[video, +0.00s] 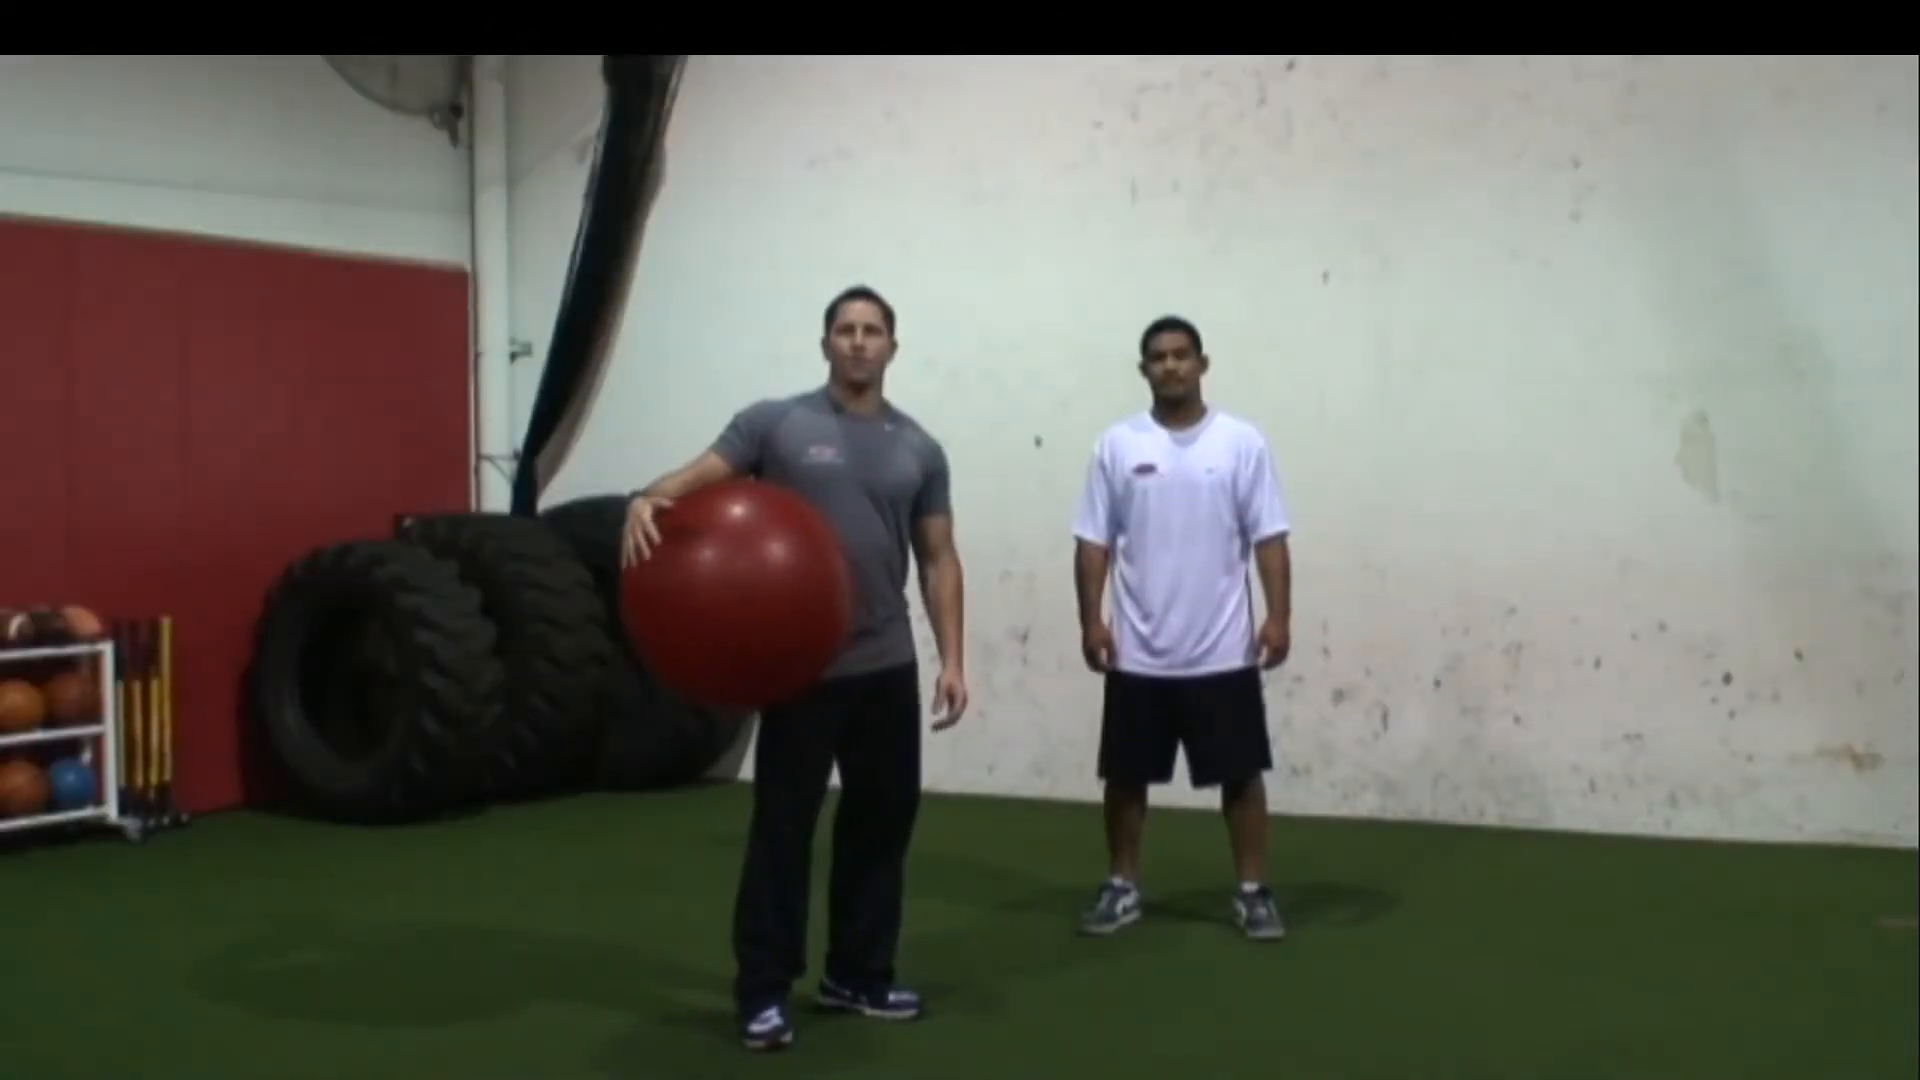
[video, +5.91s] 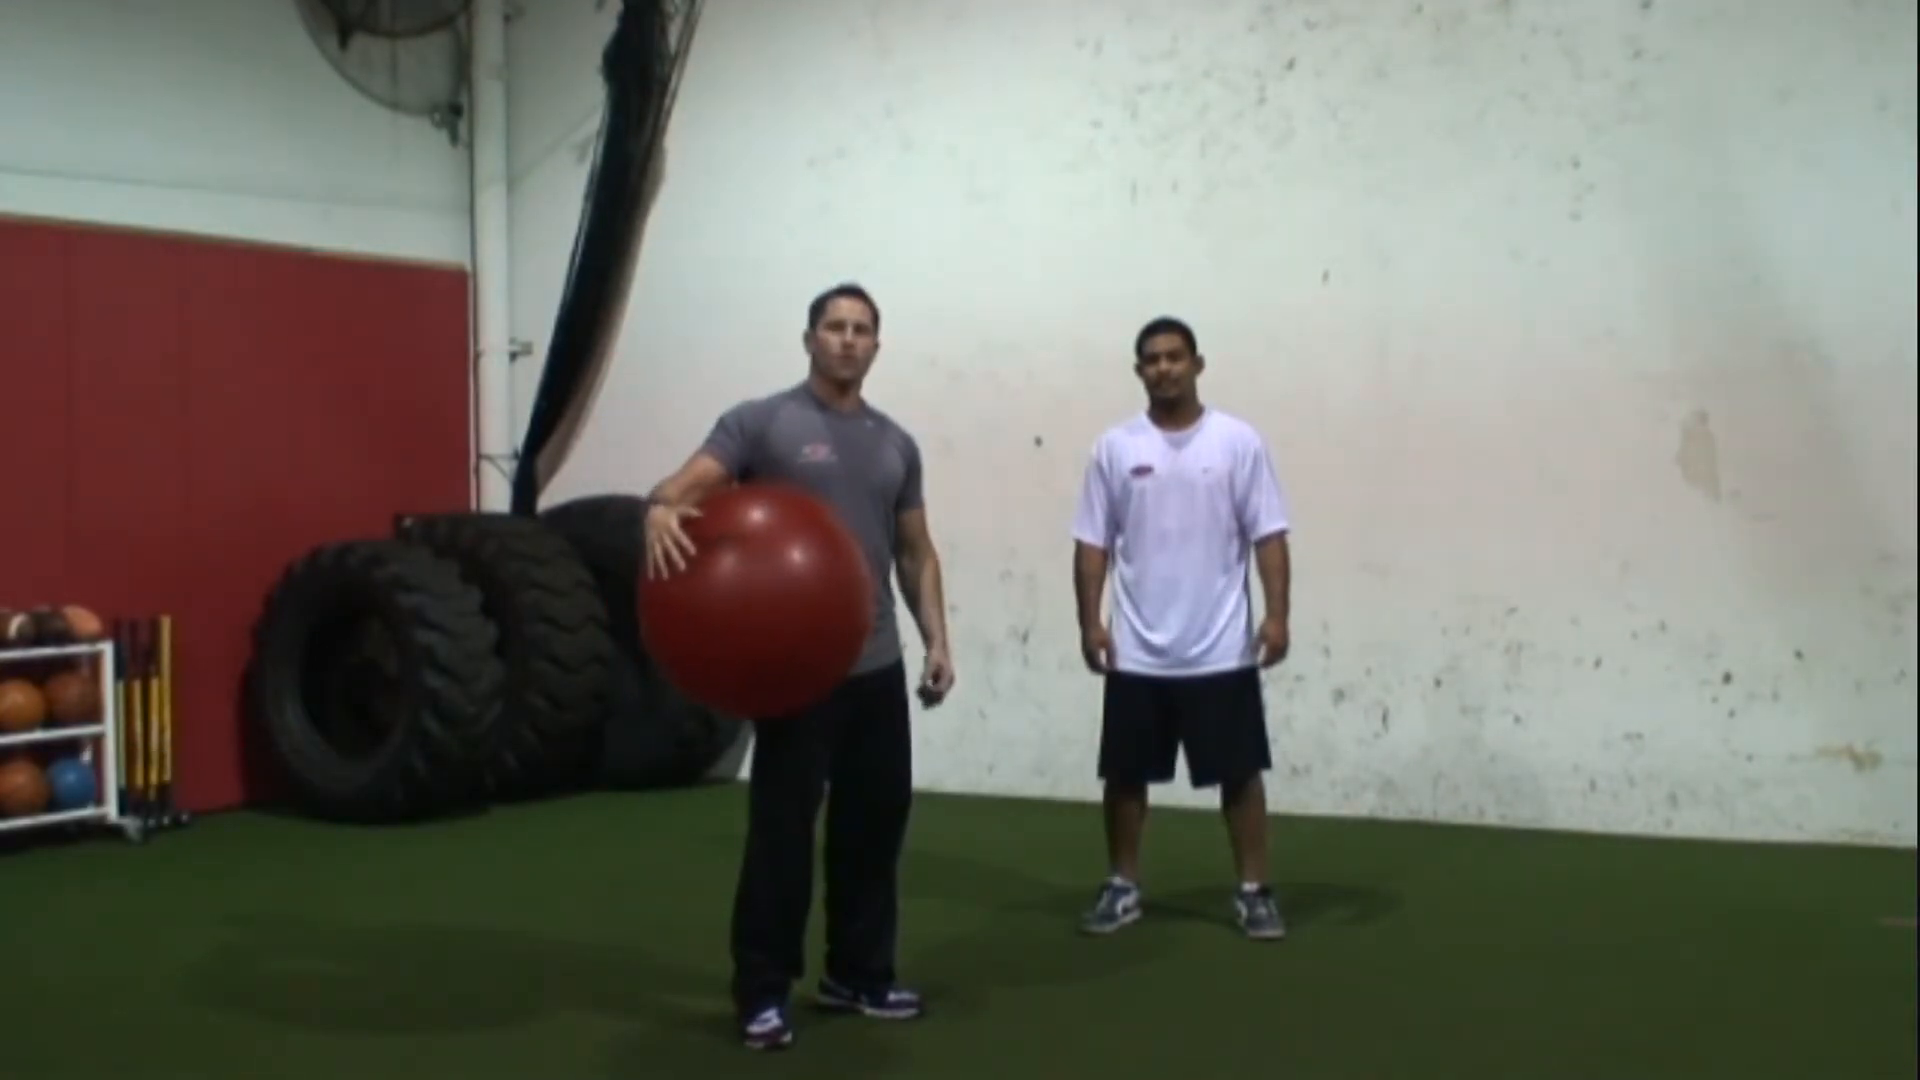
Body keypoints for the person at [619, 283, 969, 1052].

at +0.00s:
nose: (858, 341)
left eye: (872, 331)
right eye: (846, 329)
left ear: (892, 347)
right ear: (825, 343)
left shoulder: (918, 449)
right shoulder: (774, 423)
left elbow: (939, 557)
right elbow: (697, 476)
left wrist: (953, 658)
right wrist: (645, 500)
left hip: (886, 667)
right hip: (798, 669)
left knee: (881, 827)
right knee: (782, 831)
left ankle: (860, 975)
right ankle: (764, 993)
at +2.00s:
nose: (839, 337)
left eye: (853, 327)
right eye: (827, 326)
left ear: (872, 345)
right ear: (804, 341)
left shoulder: (899, 447)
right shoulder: (754, 426)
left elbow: (923, 554)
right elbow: (681, 484)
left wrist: (936, 661)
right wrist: (630, 504)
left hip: (874, 669)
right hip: (785, 674)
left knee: (873, 833)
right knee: (777, 835)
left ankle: (860, 976)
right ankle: (765, 994)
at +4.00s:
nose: (841, 337)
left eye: (854, 326)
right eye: (828, 325)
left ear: (874, 343)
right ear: (806, 339)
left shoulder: (897, 447)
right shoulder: (757, 425)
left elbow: (923, 549)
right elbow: (687, 481)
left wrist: (941, 644)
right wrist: (648, 499)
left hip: (877, 669)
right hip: (789, 670)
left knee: (874, 827)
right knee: (779, 834)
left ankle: (860, 975)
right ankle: (764, 993)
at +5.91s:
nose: (849, 340)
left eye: (862, 330)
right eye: (835, 327)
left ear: (877, 345)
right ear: (809, 338)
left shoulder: (896, 446)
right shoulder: (761, 422)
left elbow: (915, 549)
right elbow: (688, 484)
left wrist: (937, 639)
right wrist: (660, 509)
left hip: (877, 670)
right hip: (791, 669)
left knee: (874, 827)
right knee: (782, 831)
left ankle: (860, 975)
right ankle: (764, 993)